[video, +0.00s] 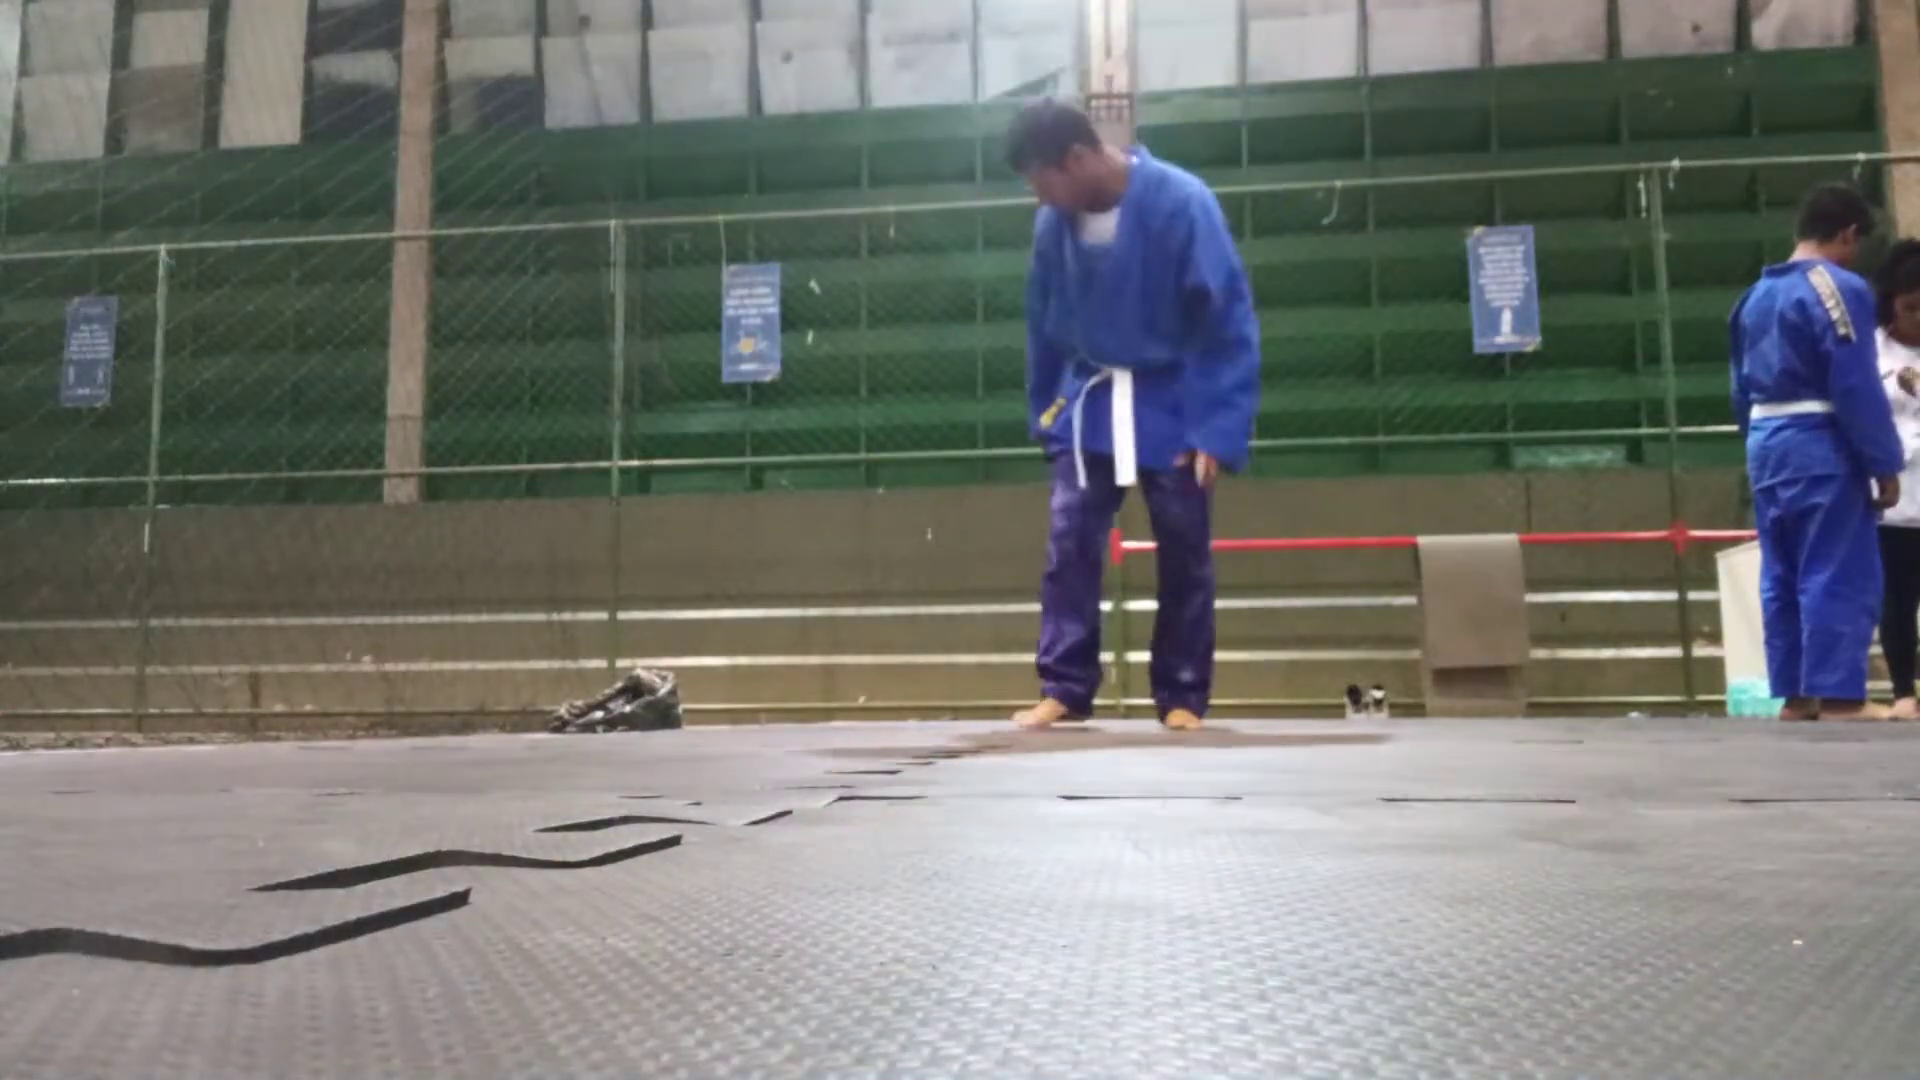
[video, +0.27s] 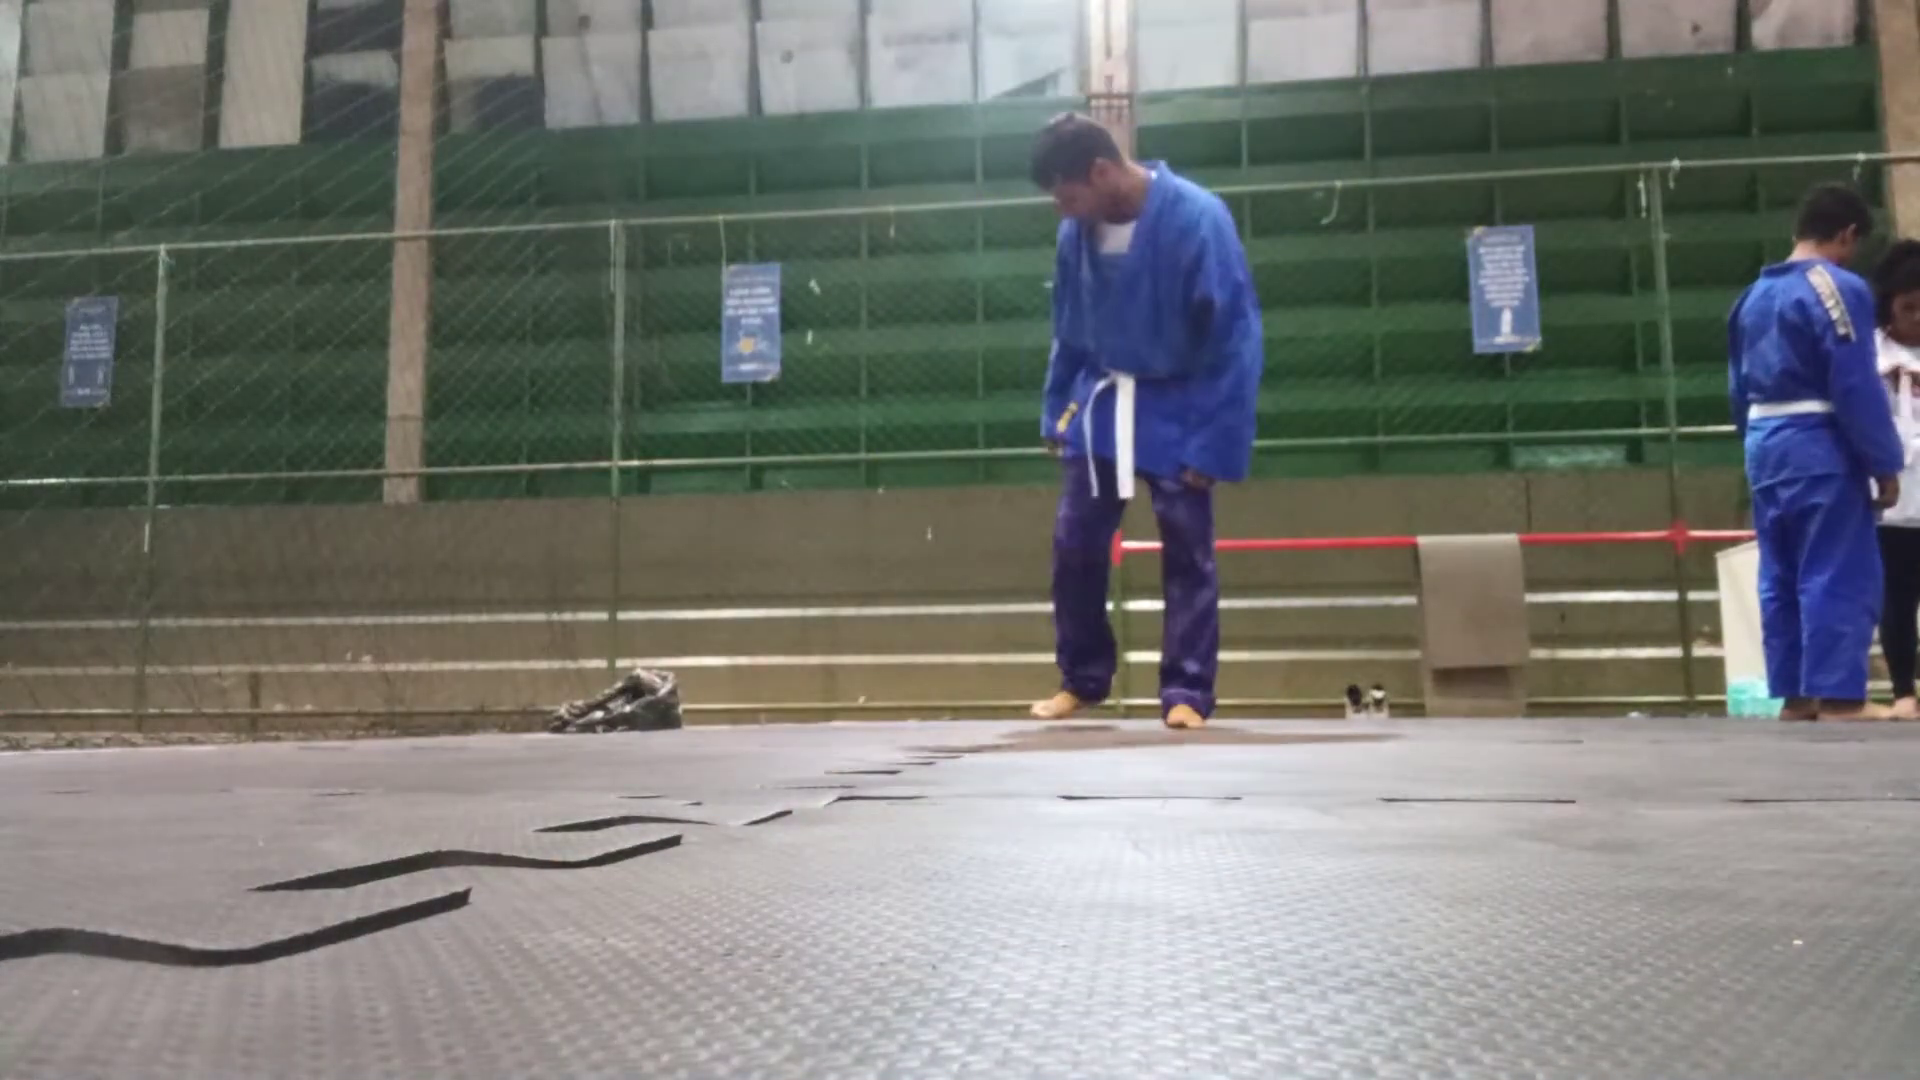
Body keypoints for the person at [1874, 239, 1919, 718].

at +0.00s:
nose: (1914, 317)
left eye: (1917, 307)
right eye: (1908, 307)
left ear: (1919, 306)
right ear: (1890, 306)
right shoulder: (1872, 348)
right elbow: (1855, 409)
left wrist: (1910, 391)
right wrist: (1894, 390)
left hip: (1913, 498)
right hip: (1892, 499)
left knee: (1907, 604)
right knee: (1898, 604)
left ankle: (1908, 689)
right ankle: (1903, 690)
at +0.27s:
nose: (1914, 316)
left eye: (1918, 307)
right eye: (1908, 307)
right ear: (1889, 307)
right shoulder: (1870, 351)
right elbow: (1853, 412)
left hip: (1914, 496)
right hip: (1893, 497)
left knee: (1906, 603)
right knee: (1898, 603)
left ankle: (1908, 688)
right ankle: (1904, 689)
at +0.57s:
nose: (1915, 317)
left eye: (1918, 307)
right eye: (1908, 307)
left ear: (1919, 308)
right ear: (1889, 308)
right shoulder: (1871, 350)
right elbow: (1855, 413)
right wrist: (1873, 468)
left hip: (1913, 496)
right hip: (1894, 497)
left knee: (1906, 604)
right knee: (1898, 604)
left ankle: (1908, 689)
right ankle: (1904, 690)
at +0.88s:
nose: (1914, 316)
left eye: (1917, 307)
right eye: (1907, 306)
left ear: (1919, 307)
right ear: (1888, 306)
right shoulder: (1871, 349)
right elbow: (1840, 394)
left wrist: (1910, 383)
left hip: (1913, 495)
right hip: (1893, 495)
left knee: (1906, 604)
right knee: (1898, 603)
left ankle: (1908, 688)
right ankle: (1904, 690)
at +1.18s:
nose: (1914, 316)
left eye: (1917, 306)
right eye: (1907, 306)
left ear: (1919, 306)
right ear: (1889, 306)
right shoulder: (1872, 352)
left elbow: (1864, 417)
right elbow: (1857, 415)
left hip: (1911, 498)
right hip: (1893, 498)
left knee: (1906, 604)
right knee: (1898, 604)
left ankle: (1908, 689)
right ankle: (1904, 690)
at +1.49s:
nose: (1913, 317)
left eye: (1917, 307)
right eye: (1907, 307)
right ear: (1889, 307)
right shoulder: (1874, 352)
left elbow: (1865, 416)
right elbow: (1859, 414)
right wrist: (1874, 466)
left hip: (1912, 497)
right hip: (1895, 497)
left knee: (1906, 604)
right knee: (1898, 604)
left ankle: (1908, 689)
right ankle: (1904, 690)